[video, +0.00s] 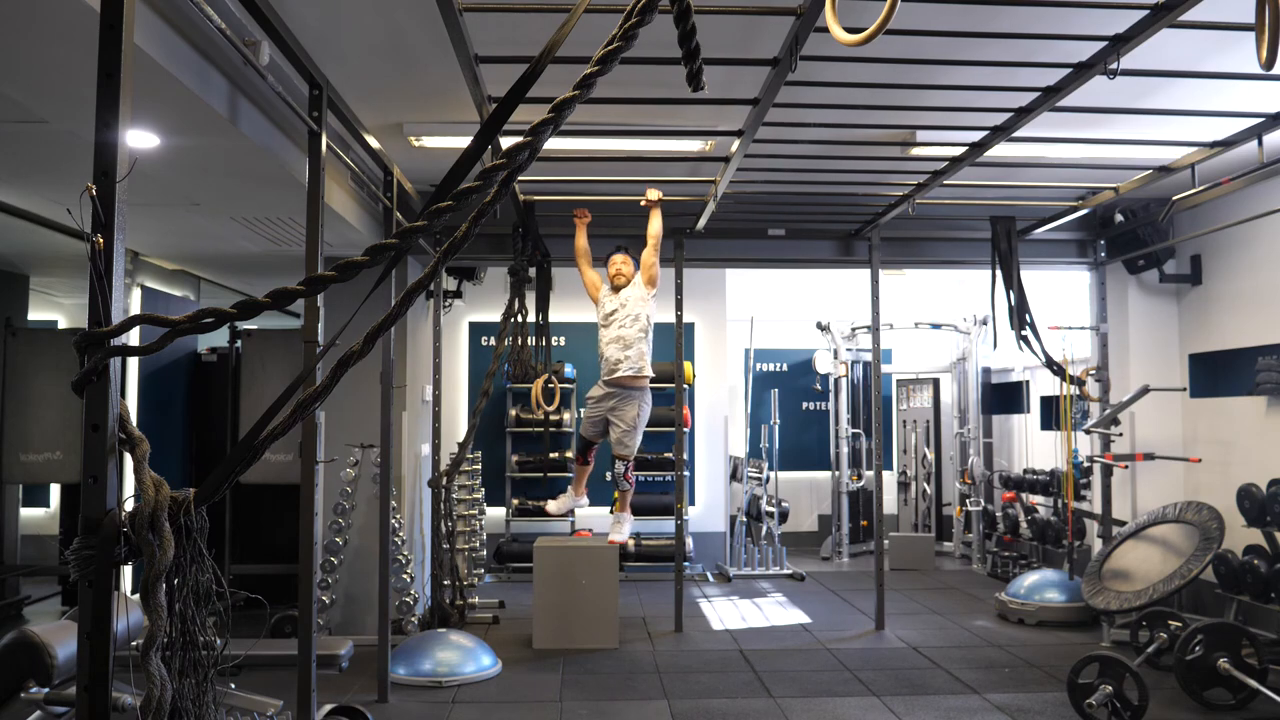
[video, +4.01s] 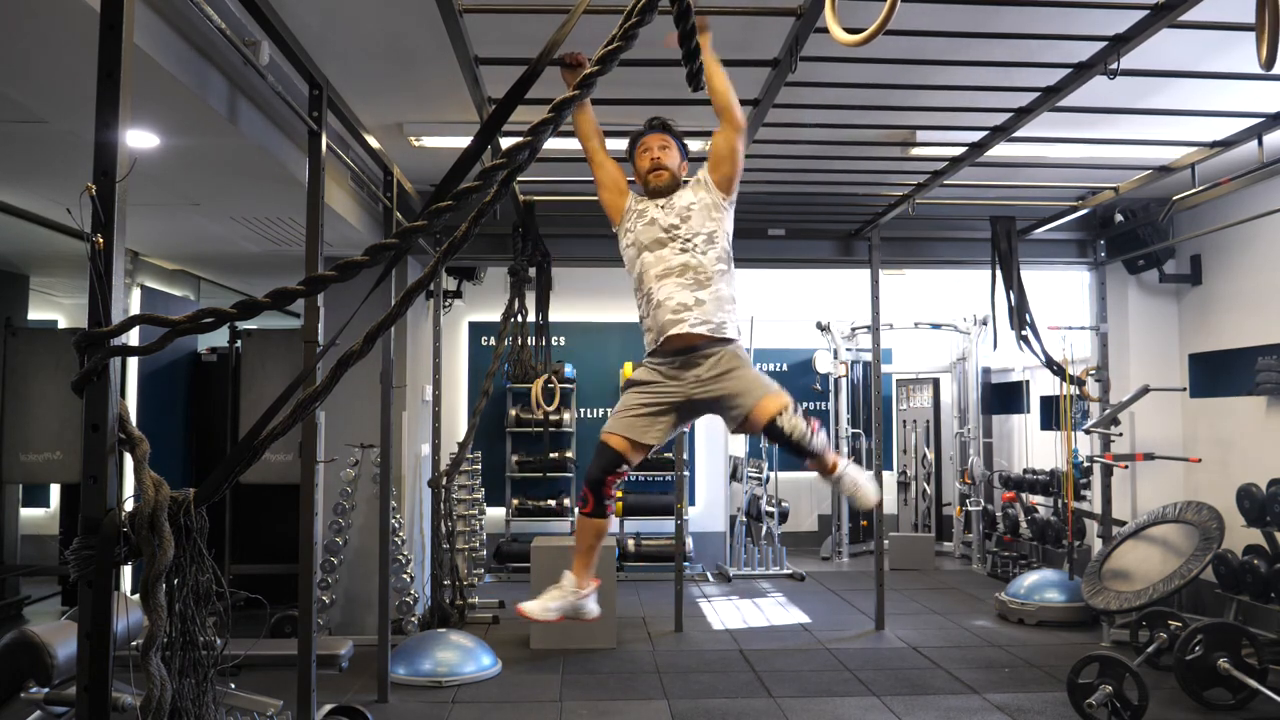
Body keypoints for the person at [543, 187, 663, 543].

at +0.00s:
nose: (617, 267)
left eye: (623, 263)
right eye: (613, 264)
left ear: (633, 270)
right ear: (607, 273)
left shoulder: (644, 289)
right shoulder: (603, 297)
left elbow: (653, 244)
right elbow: (583, 264)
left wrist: (654, 206)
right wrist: (581, 227)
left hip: (635, 392)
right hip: (604, 387)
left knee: (623, 458)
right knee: (585, 444)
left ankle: (623, 516)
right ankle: (577, 494)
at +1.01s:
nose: (623, 253)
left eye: (630, 252)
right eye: (617, 250)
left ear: (638, 265)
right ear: (604, 261)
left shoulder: (640, 287)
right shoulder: (597, 289)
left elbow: (650, 248)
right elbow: (583, 241)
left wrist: (653, 211)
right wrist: (574, 197)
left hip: (652, 394)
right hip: (615, 395)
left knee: (668, 472)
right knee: (605, 475)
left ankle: (637, 498)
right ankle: (590, 534)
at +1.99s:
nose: (604, 225)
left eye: (612, 222)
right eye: (598, 221)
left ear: (622, 237)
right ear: (586, 231)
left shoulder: (626, 270)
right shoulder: (567, 253)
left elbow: (649, 223)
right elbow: (560, 200)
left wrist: (663, 177)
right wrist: (575, 148)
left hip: (607, 381)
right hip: (559, 382)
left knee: (653, 457)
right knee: (543, 478)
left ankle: (624, 476)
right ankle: (544, 530)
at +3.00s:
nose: (631, 215)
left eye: (639, 209)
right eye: (623, 210)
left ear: (652, 220)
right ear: (610, 221)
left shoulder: (663, 253)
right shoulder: (598, 254)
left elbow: (671, 190)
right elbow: (582, 203)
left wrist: (680, 127)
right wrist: (581, 155)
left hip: (647, 393)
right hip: (595, 391)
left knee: (667, 492)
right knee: (536, 470)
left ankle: (667, 493)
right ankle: (516, 556)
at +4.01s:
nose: (655, 154)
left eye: (664, 147)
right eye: (644, 152)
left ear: (684, 159)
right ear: (634, 170)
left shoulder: (712, 192)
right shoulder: (629, 213)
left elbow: (733, 122)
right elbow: (595, 150)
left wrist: (704, 49)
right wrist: (576, 88)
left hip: (723, 358)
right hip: (659, 366)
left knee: (793, 429)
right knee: (600, 470)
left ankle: (842, 475)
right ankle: (579, 585)